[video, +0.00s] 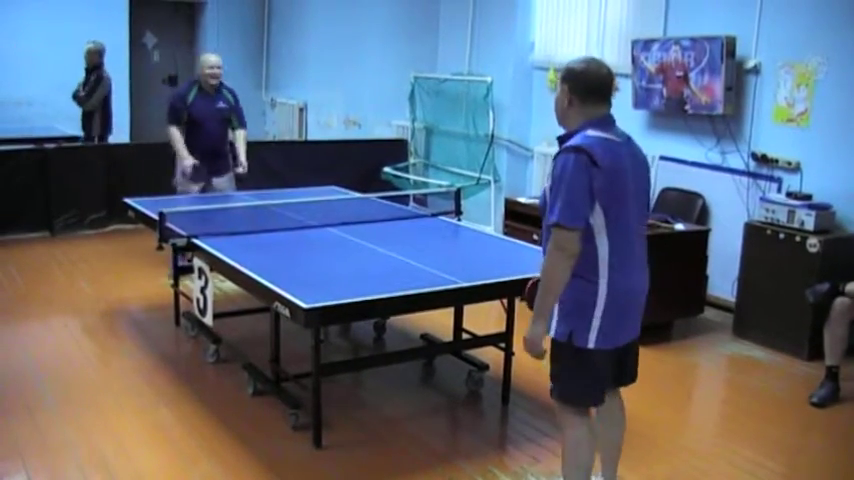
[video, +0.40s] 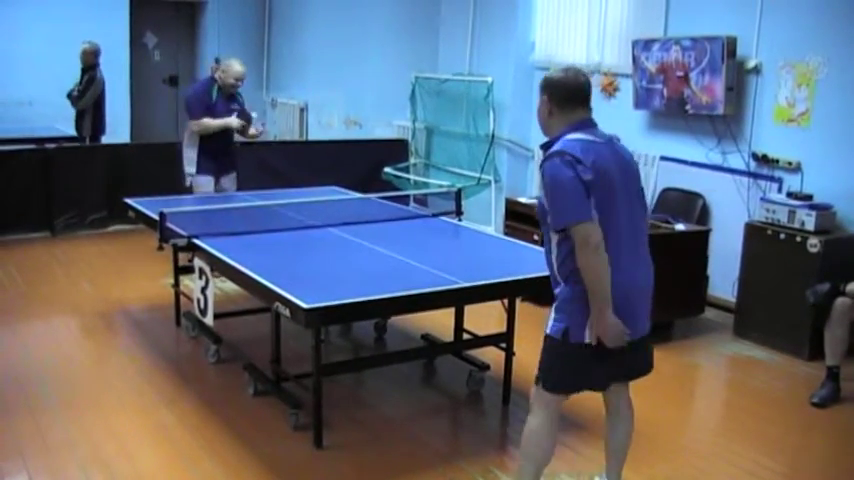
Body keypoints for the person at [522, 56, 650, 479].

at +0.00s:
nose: (555, 101)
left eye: (557, 92)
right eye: (556, 92)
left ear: (566, 96)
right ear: (606, 97)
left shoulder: (577, 155)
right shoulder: (629, 149)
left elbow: (564, 247)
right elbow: (628, 231)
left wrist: (539, 321)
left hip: (586, 311)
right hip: (625, 306)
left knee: (572, 408)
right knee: (608, 396)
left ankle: (576, 475)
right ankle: (608, 475)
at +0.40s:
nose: (538, 111)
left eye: (540, 104)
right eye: (541, 103)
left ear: (548, 106)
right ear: (585, 105)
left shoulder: (561, 162)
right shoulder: (616, 150)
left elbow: (590, 241)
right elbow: (636, 226)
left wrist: (601, 313)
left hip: (583, 308)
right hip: (631, 304)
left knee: (545, 402)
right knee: (618, 395)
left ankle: (525, 475)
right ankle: (613, 476)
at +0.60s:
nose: (524, 112)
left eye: (524, 104)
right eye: (525, 105)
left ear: (531, 106)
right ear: (572, 104)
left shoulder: (536, 160)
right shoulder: (609, 153)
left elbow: (545, 245)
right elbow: (628, 226)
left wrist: (556, 322)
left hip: (571, 314)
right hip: (619, 308)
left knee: (529, 402)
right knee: (608, 391)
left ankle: (517, 475)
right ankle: (611, 475)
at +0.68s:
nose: (520, 110)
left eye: (522, 103)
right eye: (524, 102)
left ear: (528, 105)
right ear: (569, 104)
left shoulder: (531, 158)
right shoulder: (607, 152)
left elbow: (529, 245)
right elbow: (625, 225)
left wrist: (525, 325)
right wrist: (626, 297)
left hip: (558, 311)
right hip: (612, 307)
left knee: (526, 402)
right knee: (607, 390)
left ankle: (514, 475)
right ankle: (611, 474)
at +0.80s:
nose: (520, 112)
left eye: (521, 106)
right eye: (521, 106)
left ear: (527, 106)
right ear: (568, 107)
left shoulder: (530, 157)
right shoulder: (605, 156)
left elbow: (504, 248)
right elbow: (621, 229)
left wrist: (480, 324)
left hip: (560, 303)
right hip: (614, 299)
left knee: (522, 396)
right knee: (610, 383)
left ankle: (513, 475)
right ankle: (621, 473)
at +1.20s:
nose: (565, 154)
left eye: (566, 146)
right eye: (565, 147)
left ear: (576, 145)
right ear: (610, 144)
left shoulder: (587, 182)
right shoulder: (636, 180)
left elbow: (564, 263)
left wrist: (521, 329)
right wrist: (582, 284)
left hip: (620, 314)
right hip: (663, 308)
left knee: (549, 399)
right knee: (647, 380)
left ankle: (519, 472)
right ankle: (675, 462)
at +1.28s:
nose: (573, 156)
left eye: (574, 148)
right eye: (573, 148)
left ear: (584, 146)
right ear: (615, 144)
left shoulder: (606, 188)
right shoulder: (635, 178)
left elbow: (616, 267)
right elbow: (628, 257)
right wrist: (598, 305)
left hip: (639, 315)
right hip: (669, 308)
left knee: (577, 401)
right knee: (650, 385)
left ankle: (539, 473)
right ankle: (675, 462)